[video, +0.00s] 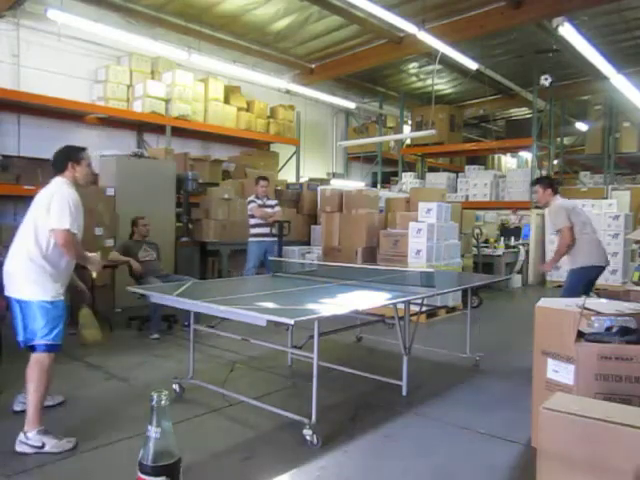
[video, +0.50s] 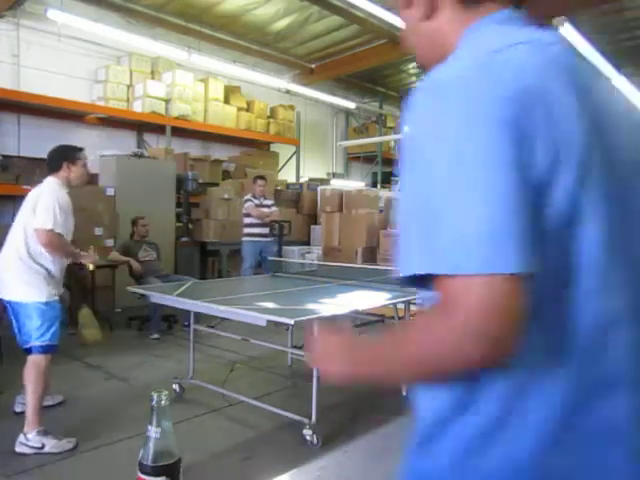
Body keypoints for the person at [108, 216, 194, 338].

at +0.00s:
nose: (147, 228)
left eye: (148, 226)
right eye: (144, 226)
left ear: (149, 227)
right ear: (135, 228)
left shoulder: (154, 245)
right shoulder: (128, 244)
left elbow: (157, 263)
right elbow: (112, 256)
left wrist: (161, 272)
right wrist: (130, 261)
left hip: (161, 275)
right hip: (145, 276)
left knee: (192, 283)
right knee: (159, 292)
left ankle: (188, 322)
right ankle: (154, 330)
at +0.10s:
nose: (147, 228)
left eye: (148, 226)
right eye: (144, 226)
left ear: (149, 227)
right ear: (135, 228)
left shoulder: (154, 245)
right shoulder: (128, 244)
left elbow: (158, 263)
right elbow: (112, 256)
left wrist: (161, 272)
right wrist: (130, 261)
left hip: (161, 275)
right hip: (145, 277)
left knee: (192, 283)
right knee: (159, 291)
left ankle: (188, 322)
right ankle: (154, 330)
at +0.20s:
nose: (147, 228)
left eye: (148, 226)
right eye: (144, 226)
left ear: (149, 227)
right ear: (135, 228)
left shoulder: (154, 245)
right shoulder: (128, 244)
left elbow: (157, 263)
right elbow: (112, 256)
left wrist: (161, 273)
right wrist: (130, 260)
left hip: (161, 275)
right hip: (145, 277)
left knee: (192, 283)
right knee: (159, 290)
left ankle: (188, 322)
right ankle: (154, 330)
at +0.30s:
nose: (147, 228)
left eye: (148, 226)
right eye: (144, 226)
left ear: (149, 227)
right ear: (135, 228)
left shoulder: (154, 245)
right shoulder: (128, 244)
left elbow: (157, 263)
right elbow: (111, 256)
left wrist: (161, 273)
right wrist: (130, 260)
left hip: (162, 275)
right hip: (145, 277)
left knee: (192, 283)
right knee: (159, 290)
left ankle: (188, 322)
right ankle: (154, 330)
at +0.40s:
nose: (147, 228)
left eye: (148, 226)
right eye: (144, 226)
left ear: (149, 227)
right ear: (135, 228)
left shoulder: (154, 245)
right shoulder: (128, 244)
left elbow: (158, 263)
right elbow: (111, 256)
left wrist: (161, 272)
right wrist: (130, 260)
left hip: (161, 275)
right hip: (145, 277)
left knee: (192, 283)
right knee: (159, 291)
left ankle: (188, 322)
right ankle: (154, 330)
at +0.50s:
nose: (147, 228)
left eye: (147, 226)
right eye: (143, 226)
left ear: (149, 228)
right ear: (134, 228)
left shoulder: (154, 245)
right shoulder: (128, 244)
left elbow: (158, 263)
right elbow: (112, 256)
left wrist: (161, 272)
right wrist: (130, 260)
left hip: (161, 275)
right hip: (145, 277)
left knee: (192, 283)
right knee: (159, 291)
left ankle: (188, 322)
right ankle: (154, 330)